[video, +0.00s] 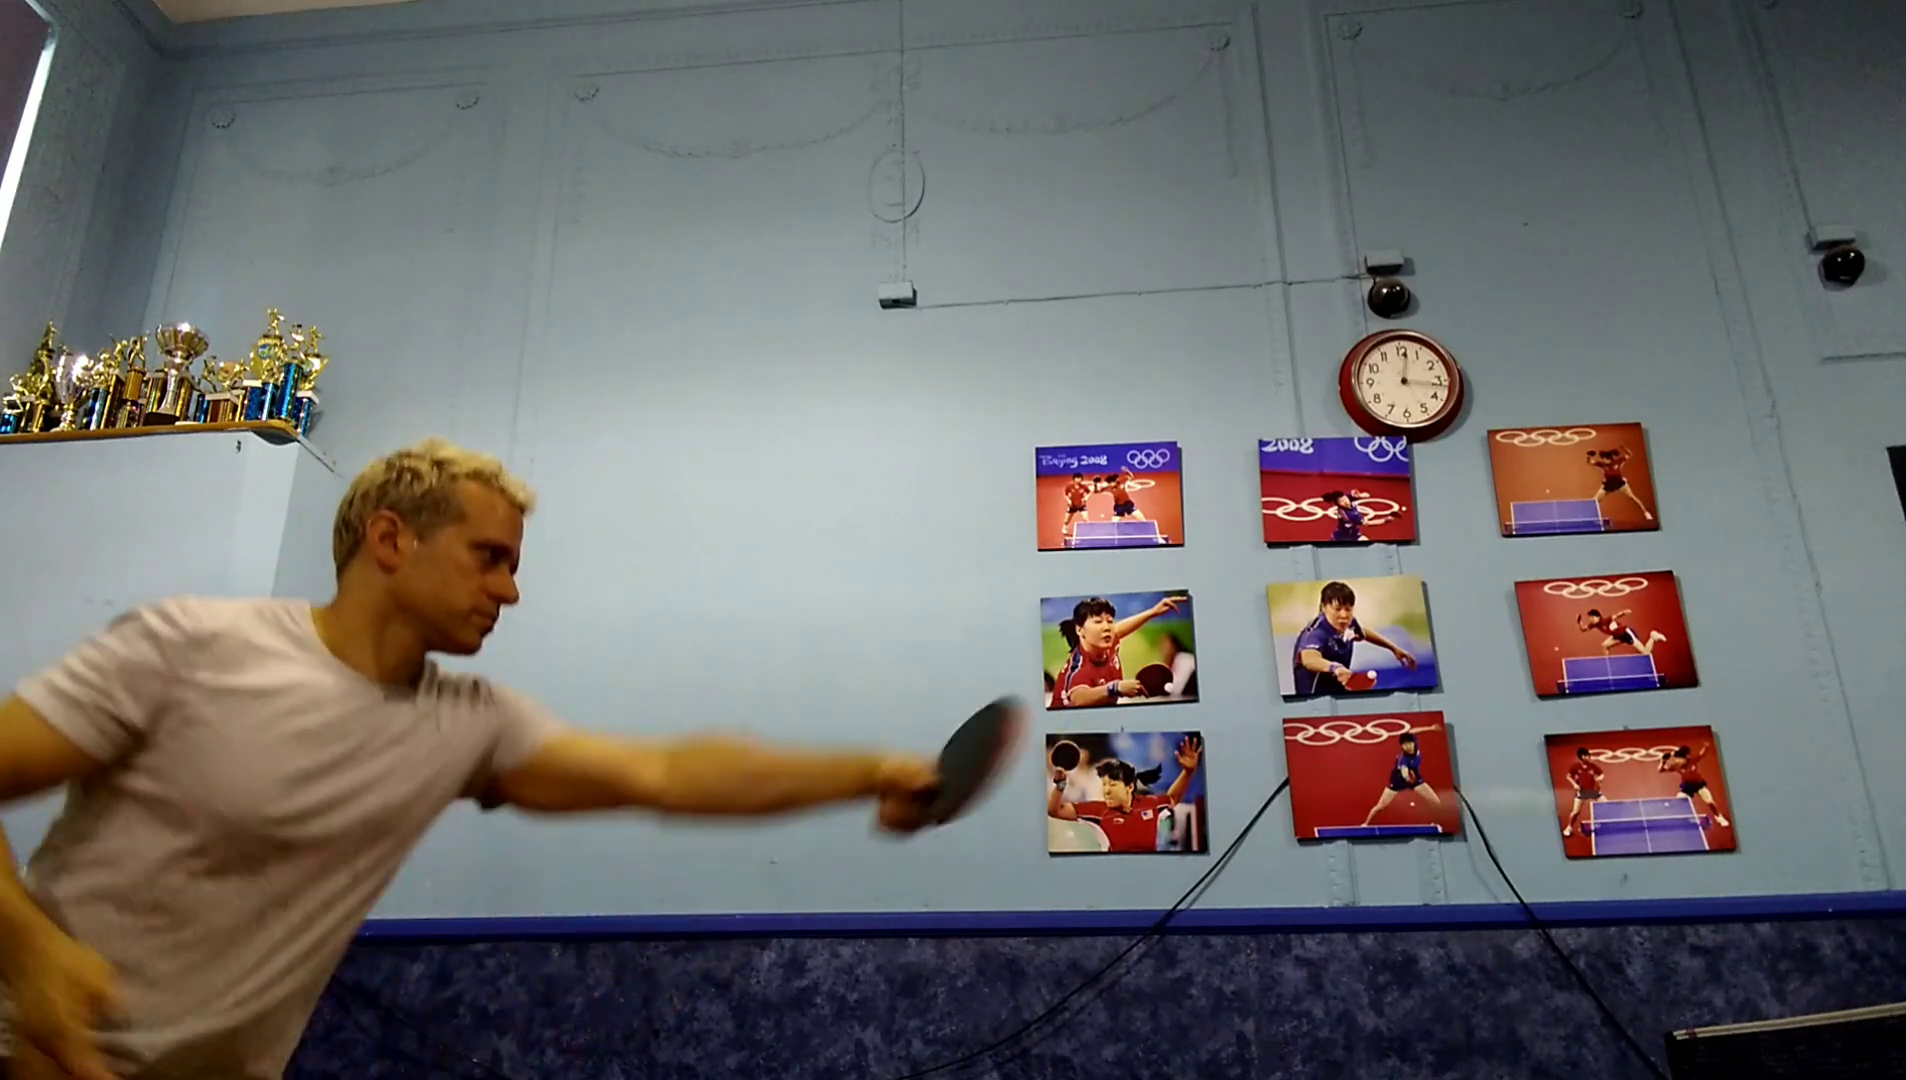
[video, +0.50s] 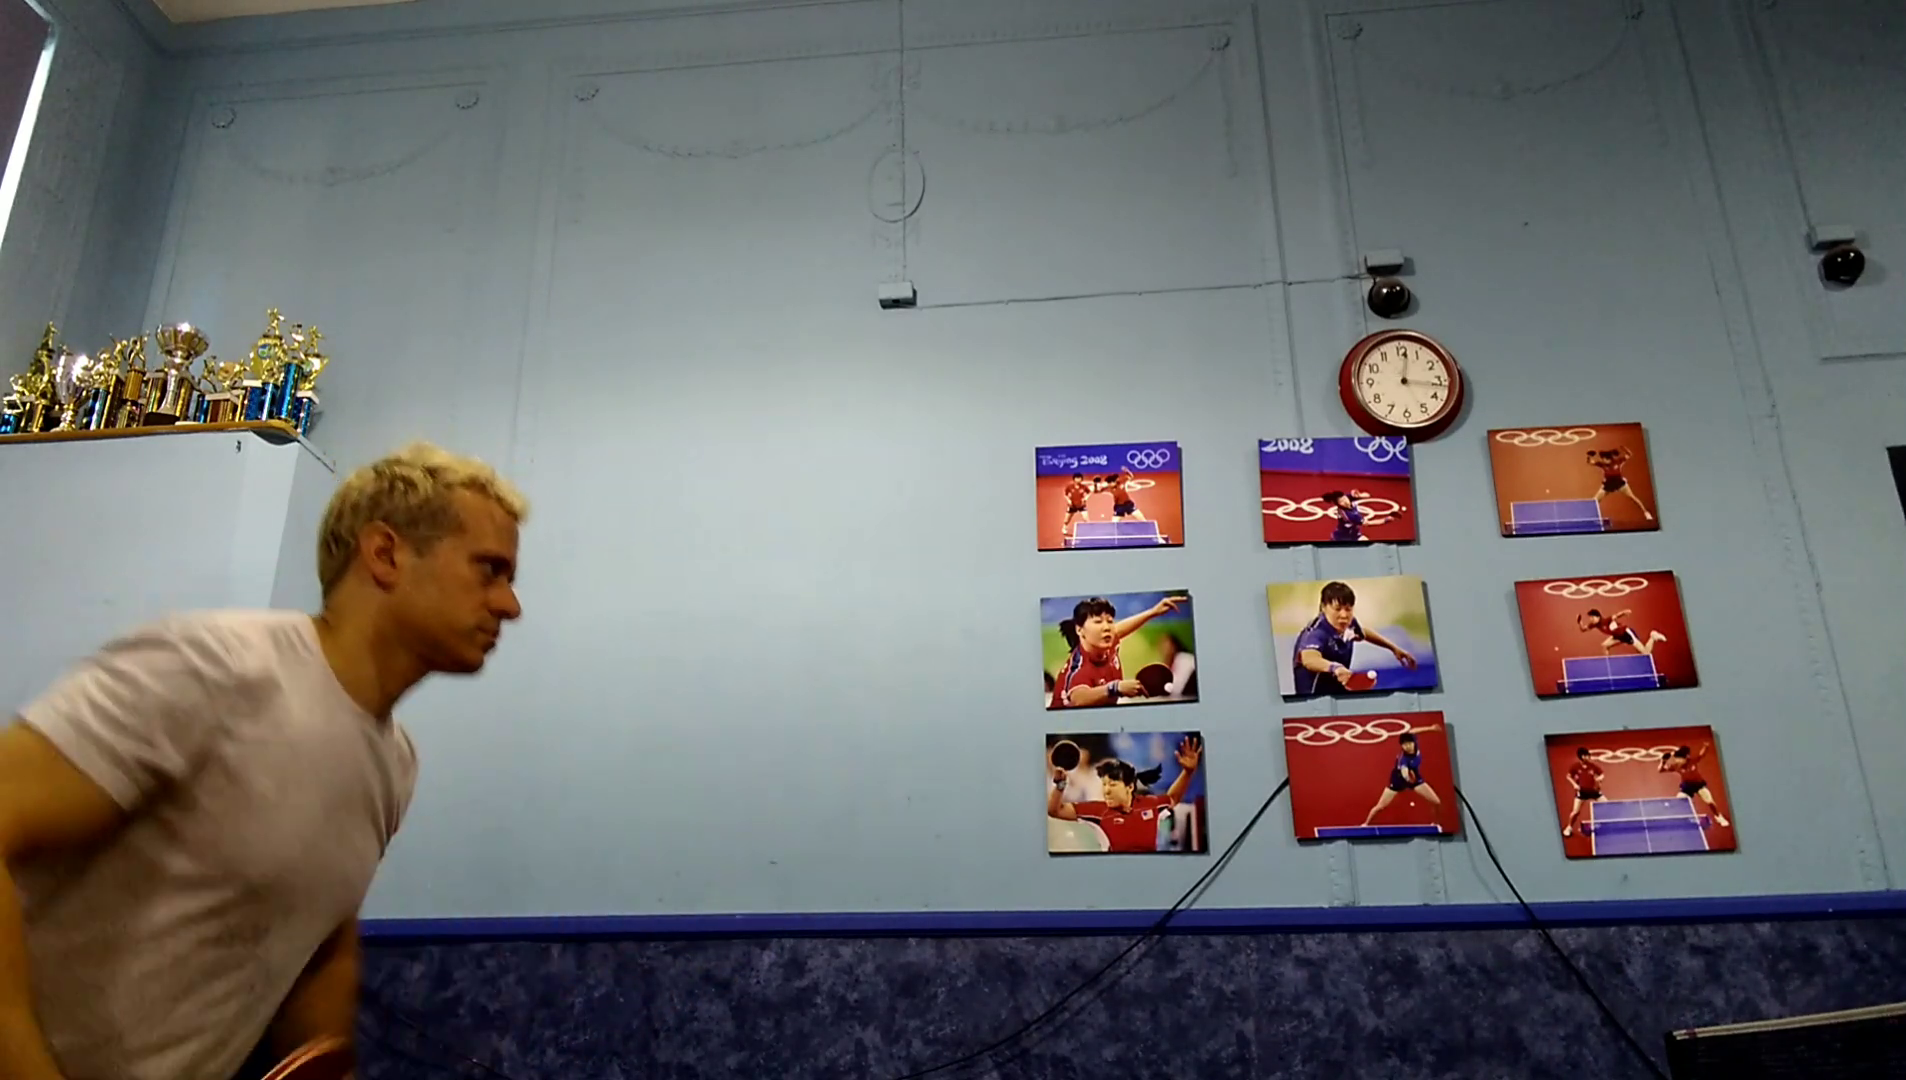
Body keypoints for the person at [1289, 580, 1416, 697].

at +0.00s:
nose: (1344, 615)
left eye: (1348, 609)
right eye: (1338, 609)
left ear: (1353, 609)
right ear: (1324, 608)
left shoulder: (1349, 624)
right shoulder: (1316, 633)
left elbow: (1364, 634)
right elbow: (1309, 660)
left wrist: (1395, 649)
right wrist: (1335, 668)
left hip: (1341, 704)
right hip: (1314, 708)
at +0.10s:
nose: (1344, 615)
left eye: (1348, 609)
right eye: (1338, 609)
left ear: (1353, 609)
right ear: (1324, 608)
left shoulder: (1349, 624)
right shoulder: (1316, 633)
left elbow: (1364, 634)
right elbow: (1309, 660)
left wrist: (1394, 649)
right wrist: (1335, 668)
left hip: (1341, 703)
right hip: (1314, 707)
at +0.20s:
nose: (1344, 615)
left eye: (1348, 609)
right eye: (1338, 609)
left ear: (1353, 609)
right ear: (1324, 608)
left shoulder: (1349, 624)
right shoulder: (1315, 633)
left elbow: (1364, 634)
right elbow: (1309, 660)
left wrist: (1395, 649)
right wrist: (1335, 668)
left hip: (1341, 704)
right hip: (1314, 708)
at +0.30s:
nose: (1344, 615)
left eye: (1348, 609)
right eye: (1338, 609)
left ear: (1353, 609)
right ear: (1324, 608)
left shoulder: (1349, 624)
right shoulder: (1315, 633)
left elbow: (1364, 634)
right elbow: (1309, 660)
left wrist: (1395, 649)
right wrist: (1335, 668)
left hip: (1341, 704)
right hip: (1314, 708)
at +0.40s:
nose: (1344, 615)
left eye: (1348, 609)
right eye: (1338, 609)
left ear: (1353, 609)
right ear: (1324, 608)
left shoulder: (1349, 624)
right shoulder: (1315, 633)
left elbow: (1364, 634)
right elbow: (1309, 660)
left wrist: (1395, 649)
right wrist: (1335, 668)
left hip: (1341, 704)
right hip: (1314, 708)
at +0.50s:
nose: (1344, 615)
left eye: (1348, 609)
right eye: (1338, 609)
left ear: (1353, 609)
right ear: (1324, 608)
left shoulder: (1349, 624)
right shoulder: (1315, 633)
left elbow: (1364, 634)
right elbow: (1309, 660)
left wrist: (1395, 649)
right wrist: (1335, 668)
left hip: (1341, 704)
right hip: (1314, 708)